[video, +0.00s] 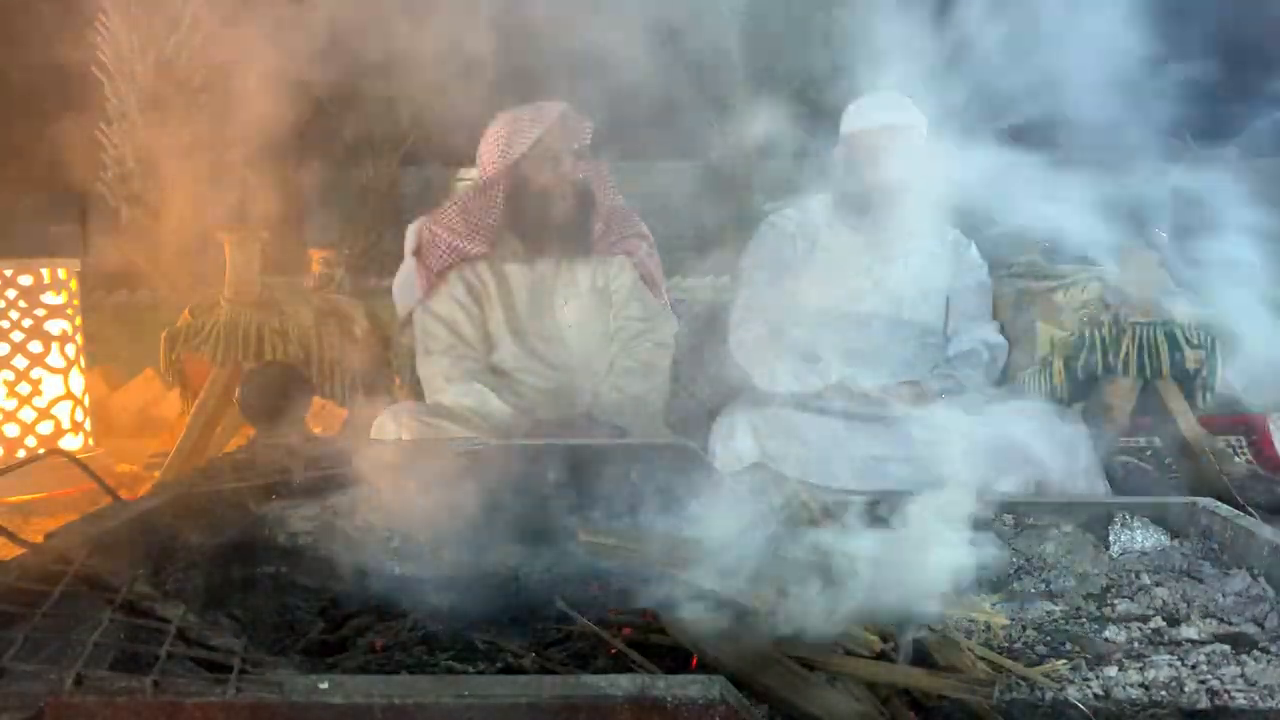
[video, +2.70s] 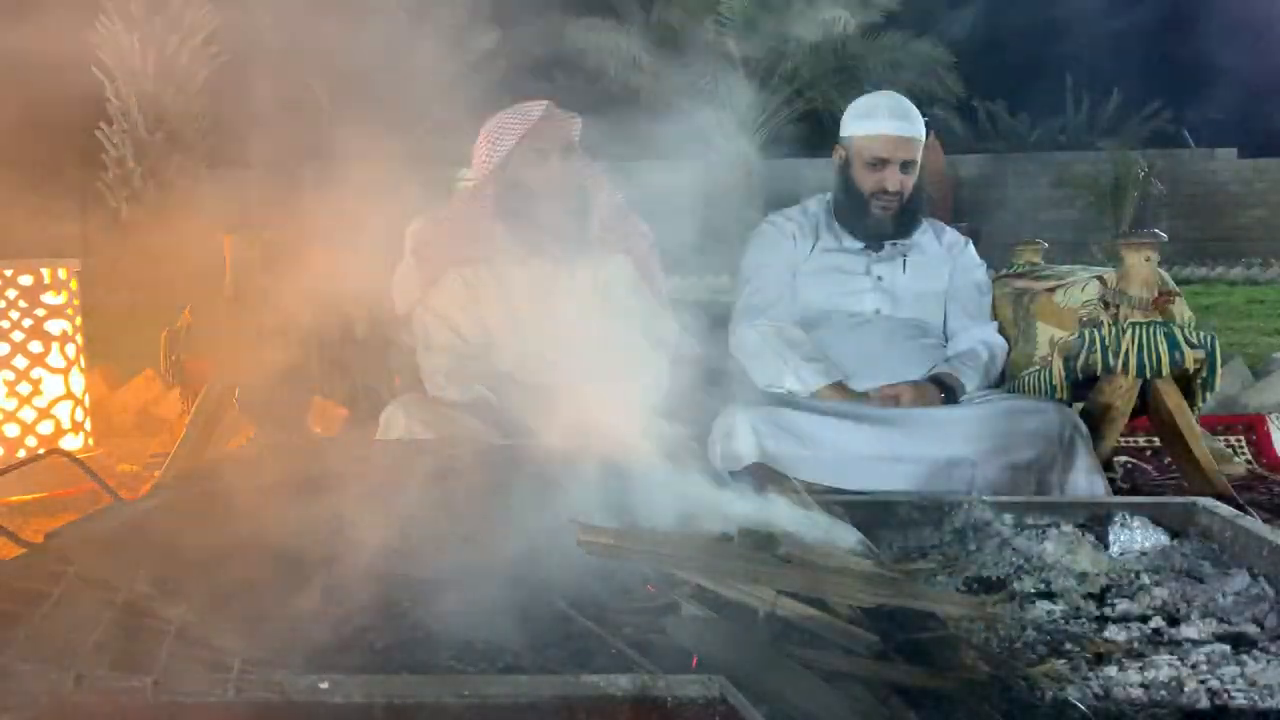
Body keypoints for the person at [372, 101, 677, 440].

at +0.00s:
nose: (571, 175)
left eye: (576, 159)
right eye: (549, 161)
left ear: (588, 169)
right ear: (508, 177)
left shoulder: (617, 269)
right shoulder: (462, 276)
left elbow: (645, 361)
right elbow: (448, 379)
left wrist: (602, 428)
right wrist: (520, 432)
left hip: (602, 441)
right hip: (503, 444)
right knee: (397, 426)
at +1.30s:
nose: (575, 175)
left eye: (578, 158)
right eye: (552, 160)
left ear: (587, 165)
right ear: (509, 176)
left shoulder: (614, 257)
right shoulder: (460, 266)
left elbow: (645, 351)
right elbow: (447, 376)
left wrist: (600, 427)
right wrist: (516, 436)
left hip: (602, 437)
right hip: (499, 438)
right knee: (397, 426)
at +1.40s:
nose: (576, 175)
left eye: (579, 159)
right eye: (552, 161)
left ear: (589, 167)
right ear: (507, 178)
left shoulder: (614, 262)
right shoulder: (460, 269)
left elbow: (644, 357)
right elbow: (447, 378)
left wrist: (599, 426)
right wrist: (513, 437)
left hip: (590, 439)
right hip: (497, 436)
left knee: (625, 442)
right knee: (398, 425)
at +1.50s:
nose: (575, 174)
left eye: (578, 159)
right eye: (553, 161)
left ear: (589, 167)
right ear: (508, 177)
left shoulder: (615, 262)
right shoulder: (459, 268)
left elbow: (643, 362)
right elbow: (450, 382)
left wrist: (598, 434)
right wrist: (515, 440)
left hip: (596, 439)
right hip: (495, 440)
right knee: (396, 427)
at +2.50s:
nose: (568, 172)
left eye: (571, 155)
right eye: (542, 160)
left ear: (583, 162)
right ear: (500, 180)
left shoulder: (623, 256)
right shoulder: (461, 279)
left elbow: (645, 356)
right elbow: (451, 384)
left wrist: (597, 427)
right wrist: (520, 441)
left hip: (599, 439)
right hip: (497, 441)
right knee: (397, 425)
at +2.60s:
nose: (563, 172)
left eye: (569, 156)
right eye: (541, 159)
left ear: (580, 160)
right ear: (502, 174)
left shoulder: (615, 240)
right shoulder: (467, 256)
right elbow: (446, 377)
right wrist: (515, 444)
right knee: (399, 424)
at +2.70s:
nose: (561, 170)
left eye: (569, 153)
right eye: (540, 156)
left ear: (583, 163)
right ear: (502, 176)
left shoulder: (614, 265)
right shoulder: (463, 277)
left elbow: (655, 360)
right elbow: (450, 378)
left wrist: (608, 418)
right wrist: (542, 421)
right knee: (406, 417)